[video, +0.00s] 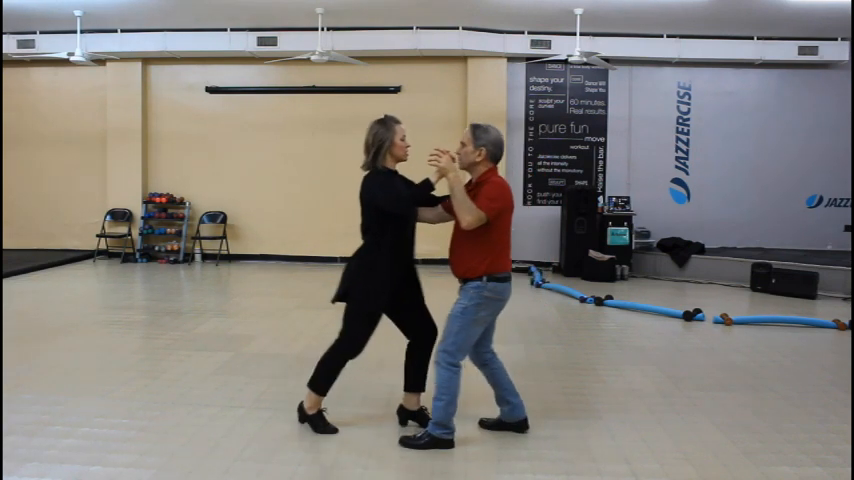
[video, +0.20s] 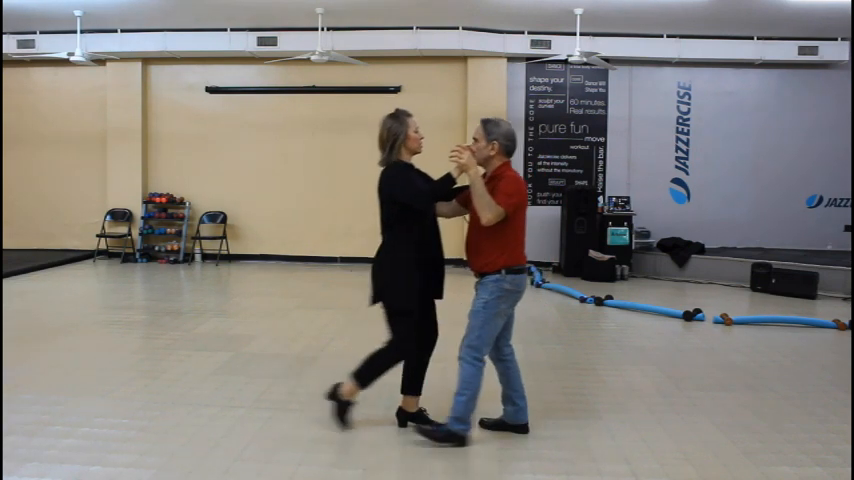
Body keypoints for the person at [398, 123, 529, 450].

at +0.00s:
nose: (456, 149)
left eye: (462, 145)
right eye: (458, 144)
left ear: (481, 154)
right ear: (479, 154)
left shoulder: (496, 188)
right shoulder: (472, 187)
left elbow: (470, 219)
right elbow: (434, 214)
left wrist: (452, 177)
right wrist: (395, 207)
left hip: (486, 285)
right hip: (479, 283)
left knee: (448, 354)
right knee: (481, 352)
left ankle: (440, 430)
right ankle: (514, 415)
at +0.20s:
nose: (470, 146)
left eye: (476, 141)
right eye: (472, 140)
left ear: (495, 148)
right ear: (495, 148)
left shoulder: (512, 183)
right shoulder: (486, 181)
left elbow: (489, 215)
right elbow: (450, 208)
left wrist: (473, 174)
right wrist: (413, 198)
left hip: (502, 279)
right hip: (496, 277)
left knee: (472, 352)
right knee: (500, 349)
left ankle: (457, 427)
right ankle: (516, 417)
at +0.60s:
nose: (498, 144)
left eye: (504, 139)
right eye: (500, 139)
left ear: (521, 147)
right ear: (520, 147)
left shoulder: (539, 180)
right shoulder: (518, 178)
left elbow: (512, 210)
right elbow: (479, 206)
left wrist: (503, 165)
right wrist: (444, 197)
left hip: (536, 278)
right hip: (523, 276)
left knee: (521, 351)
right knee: (511, 345)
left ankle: (528, 426)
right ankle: (523, 413)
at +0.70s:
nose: (510, 143)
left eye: (516, 139)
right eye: (511, 138)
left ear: (533, 146)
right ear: (530, 146)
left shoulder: (549, 180)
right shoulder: (527, 179)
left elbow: (524, 210)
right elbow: (488, 206)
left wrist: (514, 165)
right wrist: (452, 198)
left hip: (543, 278)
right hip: (531, 276)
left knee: (524, 353)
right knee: (531, 347)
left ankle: (527, 426)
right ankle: (557, 407)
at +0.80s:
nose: (521, 146)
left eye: (527, 141)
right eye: (523, 140)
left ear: (545, 147)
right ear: (543, 147)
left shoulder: (560, 182)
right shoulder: (536, 180)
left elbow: (536, 212)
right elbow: (498, 207)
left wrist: (525, 169)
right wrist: (461, 201)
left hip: (550, 279)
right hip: (542, 277)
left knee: (525, 352)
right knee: (550, 343)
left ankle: (528, 425)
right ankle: (587, 402)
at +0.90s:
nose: (526, 152)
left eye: (532, 147)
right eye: (527, 146)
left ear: (552, 151)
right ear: (551, 150)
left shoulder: (569, 184)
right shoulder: (542, 183)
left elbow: (549, 217)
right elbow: (506, 210)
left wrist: (536, 173)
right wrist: (469, 203)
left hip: (558, 280)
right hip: (552, 278)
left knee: (527, 353)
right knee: (570, 344)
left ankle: (528, 425)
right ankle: (604, 406)